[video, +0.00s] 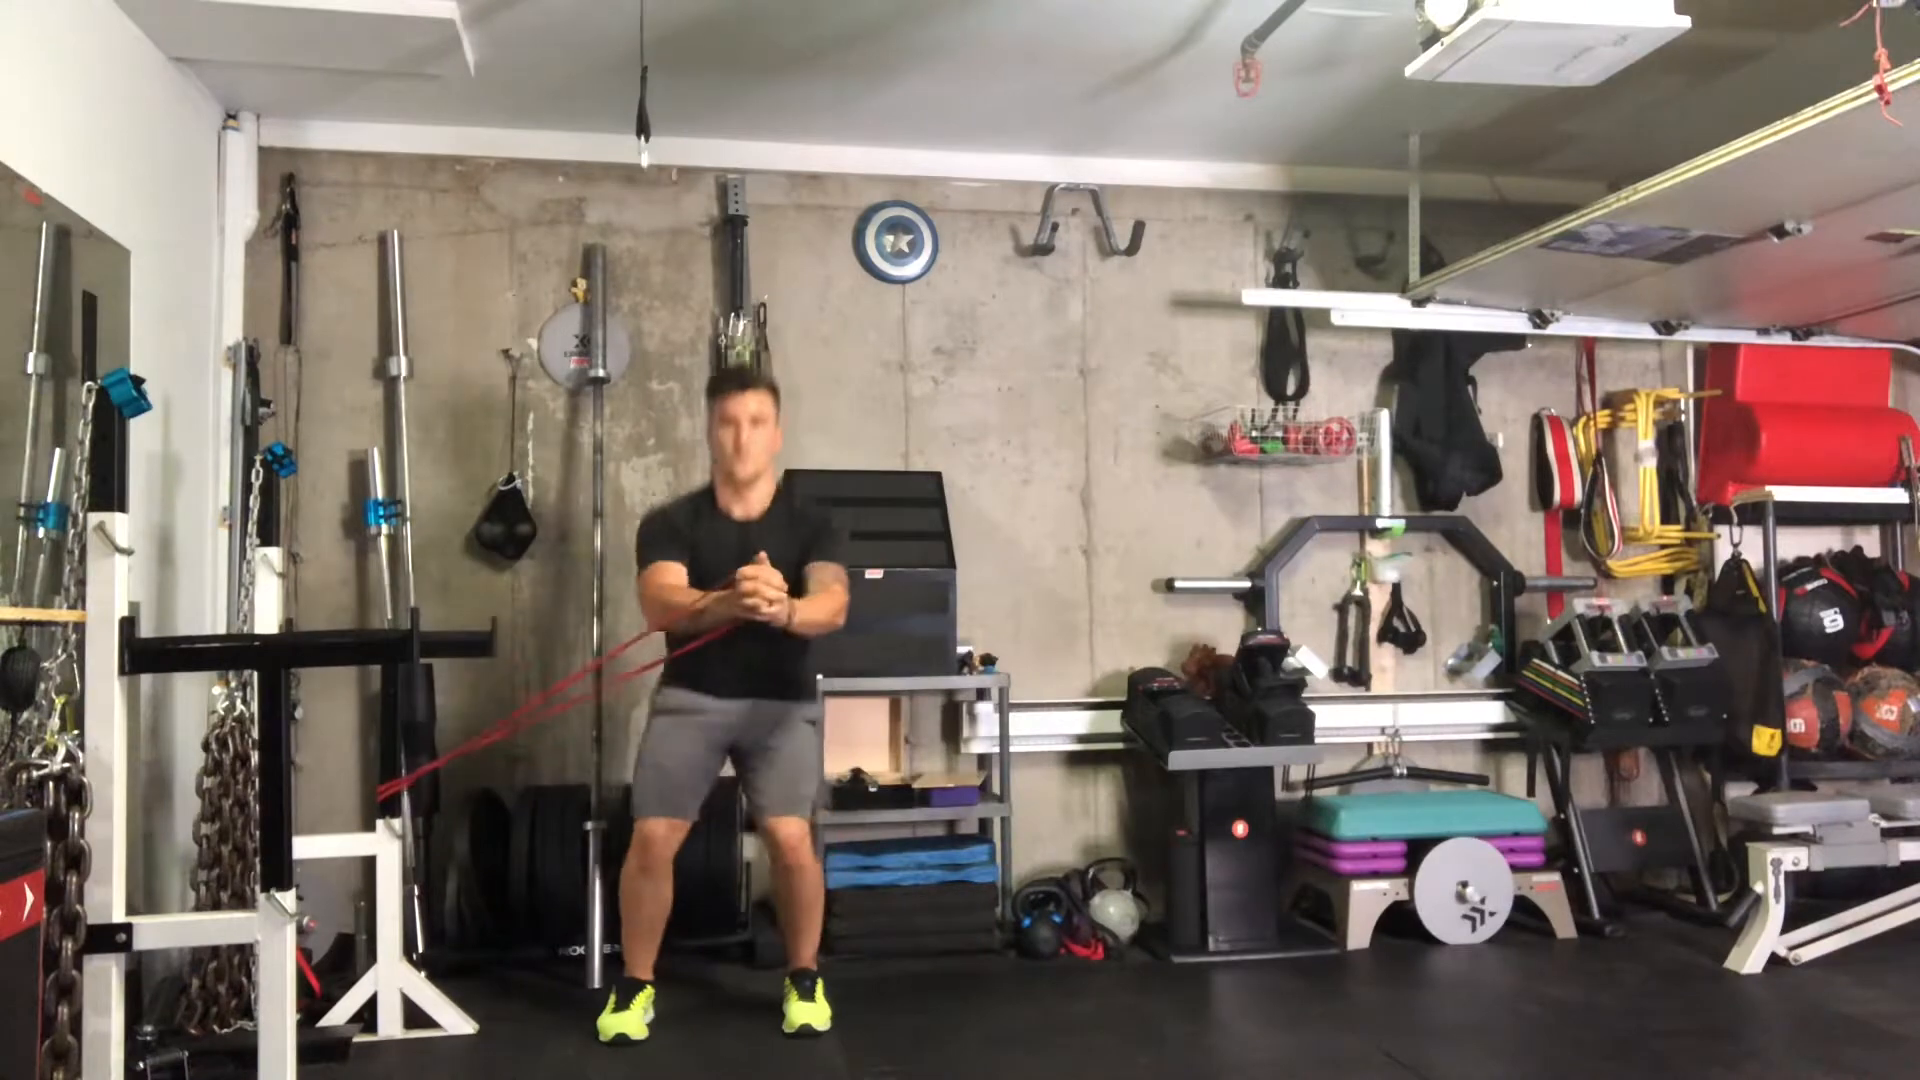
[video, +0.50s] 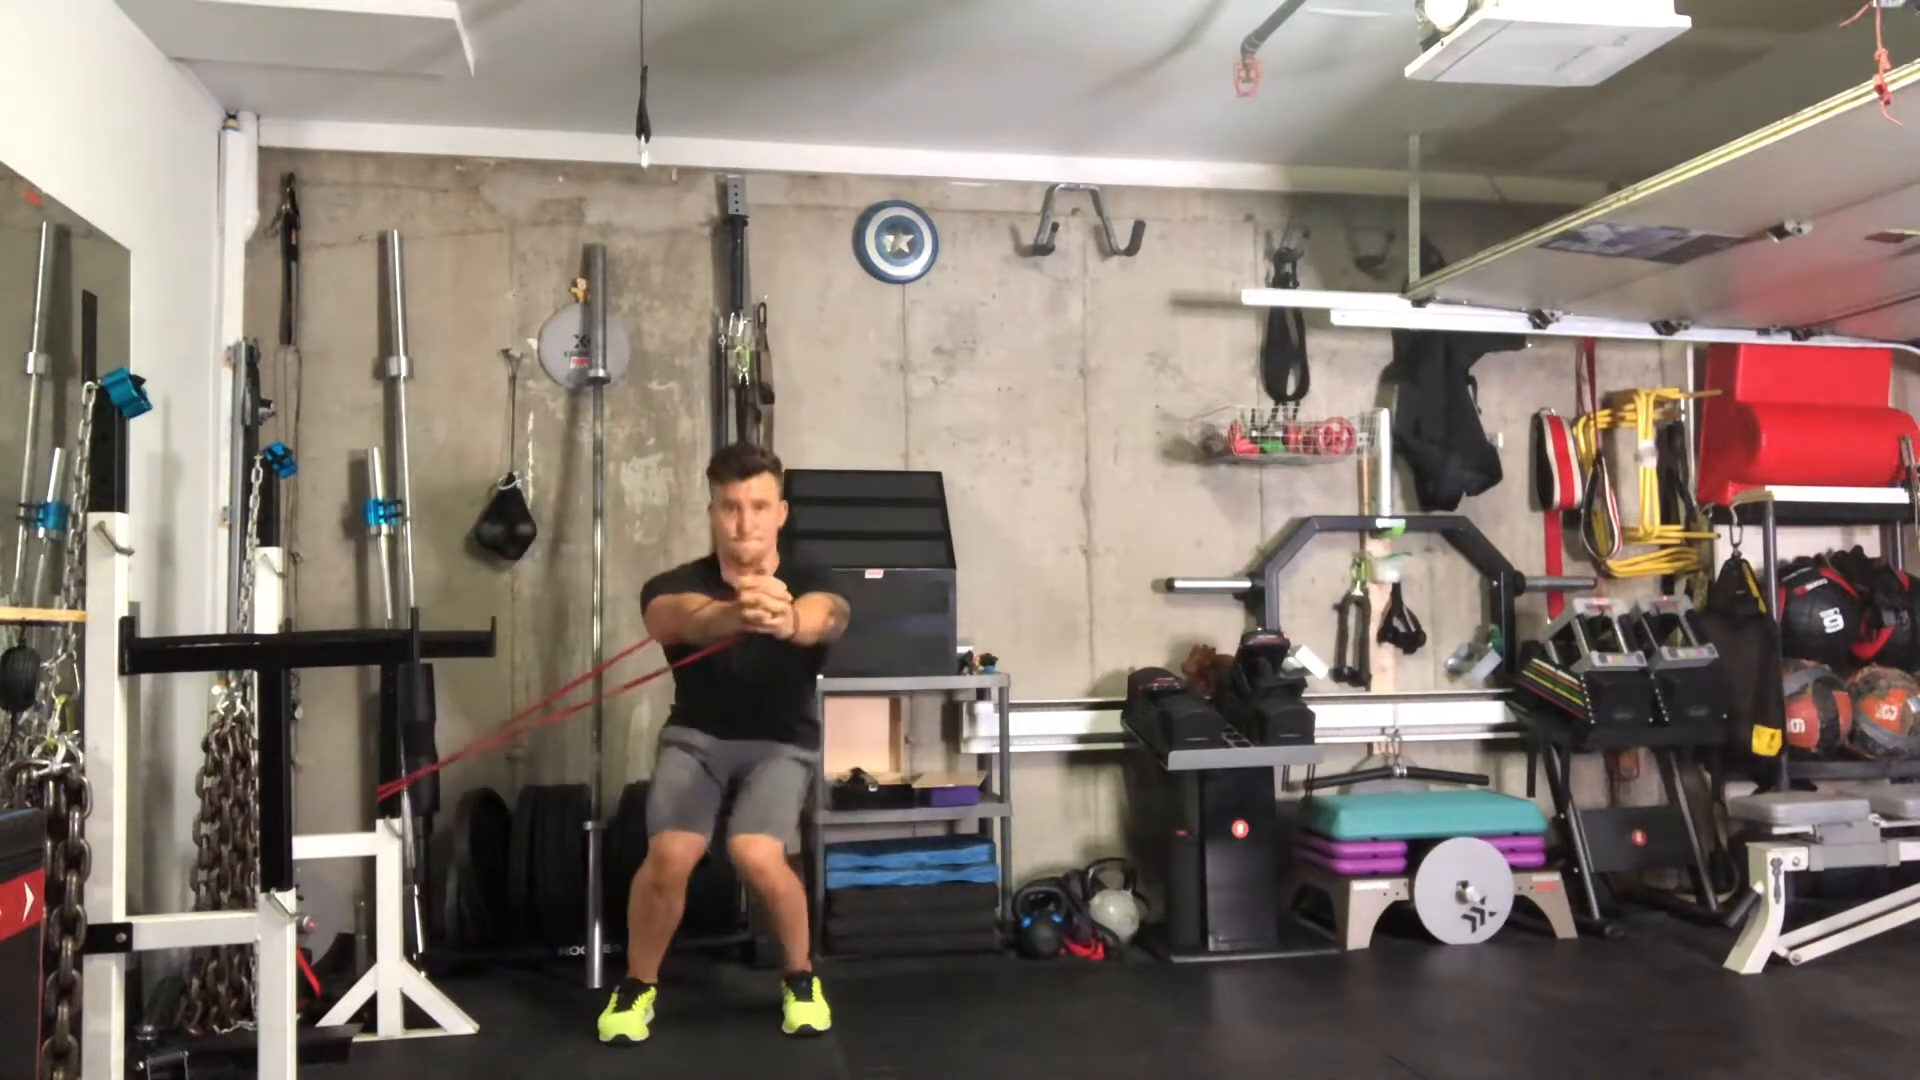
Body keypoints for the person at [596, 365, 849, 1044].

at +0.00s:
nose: (741, 437)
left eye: (756, 424)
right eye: (728, 424)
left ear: (779, 434)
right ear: (709, 433)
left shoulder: (812, 522)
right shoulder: (669, 523)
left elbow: (831, 607)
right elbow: (660, 608)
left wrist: (785, 609)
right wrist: (724, 602)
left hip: (783, 707)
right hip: (690, 703)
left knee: (791, 837)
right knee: (651, 837)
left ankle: (804, 981)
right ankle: (636, 988)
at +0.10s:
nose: (739, 466)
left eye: (754, 451)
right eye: (726, 452)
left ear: (776, 460)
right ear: (707, 461)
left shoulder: (810, 541)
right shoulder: (665, 548)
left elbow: (815, 595)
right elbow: (683, 604)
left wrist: (788, 608)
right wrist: (728, 609)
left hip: (783, 721)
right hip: (691, 718)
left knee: (791, 837)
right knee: (655, 839)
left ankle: (804, 980)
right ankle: (636, 987)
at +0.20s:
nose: (739, 484)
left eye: (753, 468)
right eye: (725, 470)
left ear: (776, 477)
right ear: (707, 479)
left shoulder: (809, 555)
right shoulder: (666, 559)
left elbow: (817, 592)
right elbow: (673, 601)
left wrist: (789, 602)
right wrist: (733, 599)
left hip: (783, 728)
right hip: (693, 725)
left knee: (784, 837)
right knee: (659, 842)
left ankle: (804, 980)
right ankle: (636, 988)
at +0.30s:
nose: (739, 496)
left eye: (754, 480)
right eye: (726, 482)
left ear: (777, 488)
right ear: (707, 489)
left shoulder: (807, 566)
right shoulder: (667, 567)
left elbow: (818, 597)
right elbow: (673, 606)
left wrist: (788, 606)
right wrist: (733, 599)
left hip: (781, 735)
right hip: (693, 732)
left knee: (770, 841)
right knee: (665, 847)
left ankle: (802, 980)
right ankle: (637, 989)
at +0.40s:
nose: (741, 509)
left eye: (756, 493)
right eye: (727, 494)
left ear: (778, 499)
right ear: (708, 500)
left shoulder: (808, 572)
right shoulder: (667, 577)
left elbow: (820, 605)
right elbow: (679, 614)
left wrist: (787, 612)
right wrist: (731, 604)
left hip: (779, 740)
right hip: (692, 736)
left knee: (758, 846)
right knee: (668, 850)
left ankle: (801, 981)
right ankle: (637, 989)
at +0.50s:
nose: (744, 524)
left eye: (759, 508)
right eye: (730, 509)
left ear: (782, 513)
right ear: (711, 513)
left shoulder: (812, 584)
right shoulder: (671, 588)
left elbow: (825, 615)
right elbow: (684, 623)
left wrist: (792, 620)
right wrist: (739, 613)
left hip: (780, 747)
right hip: (694, 740)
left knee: (754, 849)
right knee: (670, 852)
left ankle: (800, 979)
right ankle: (638, 989)